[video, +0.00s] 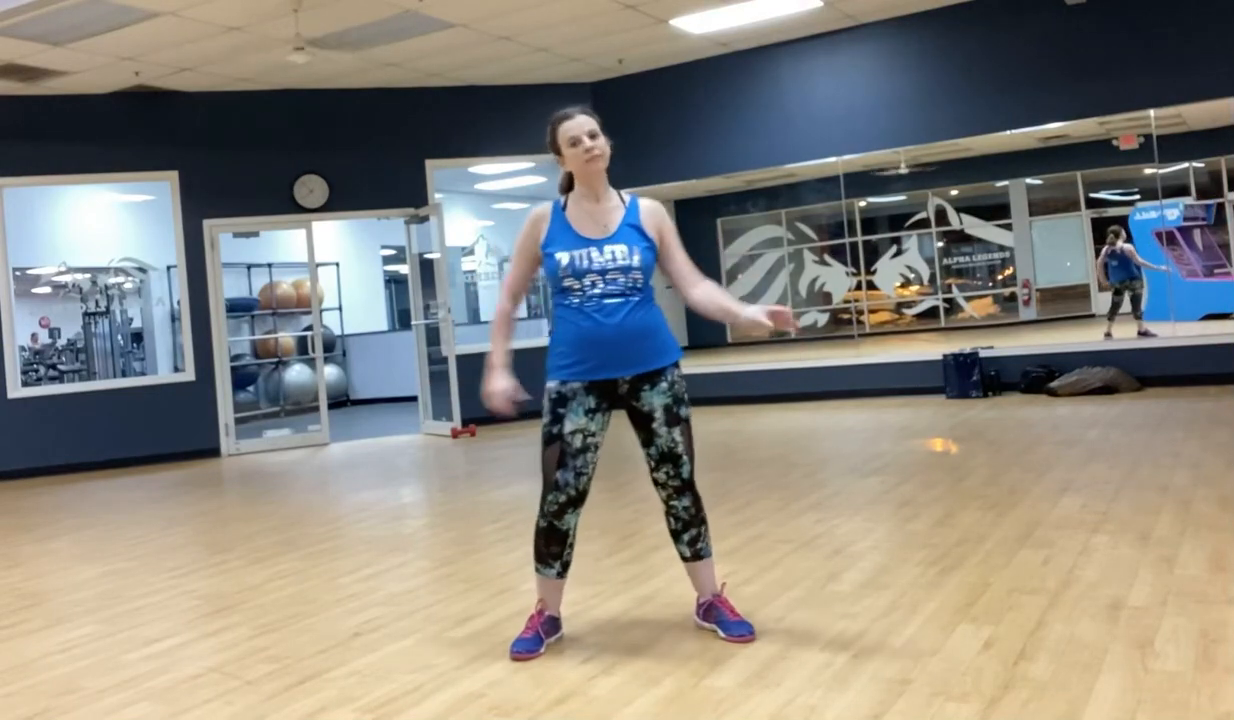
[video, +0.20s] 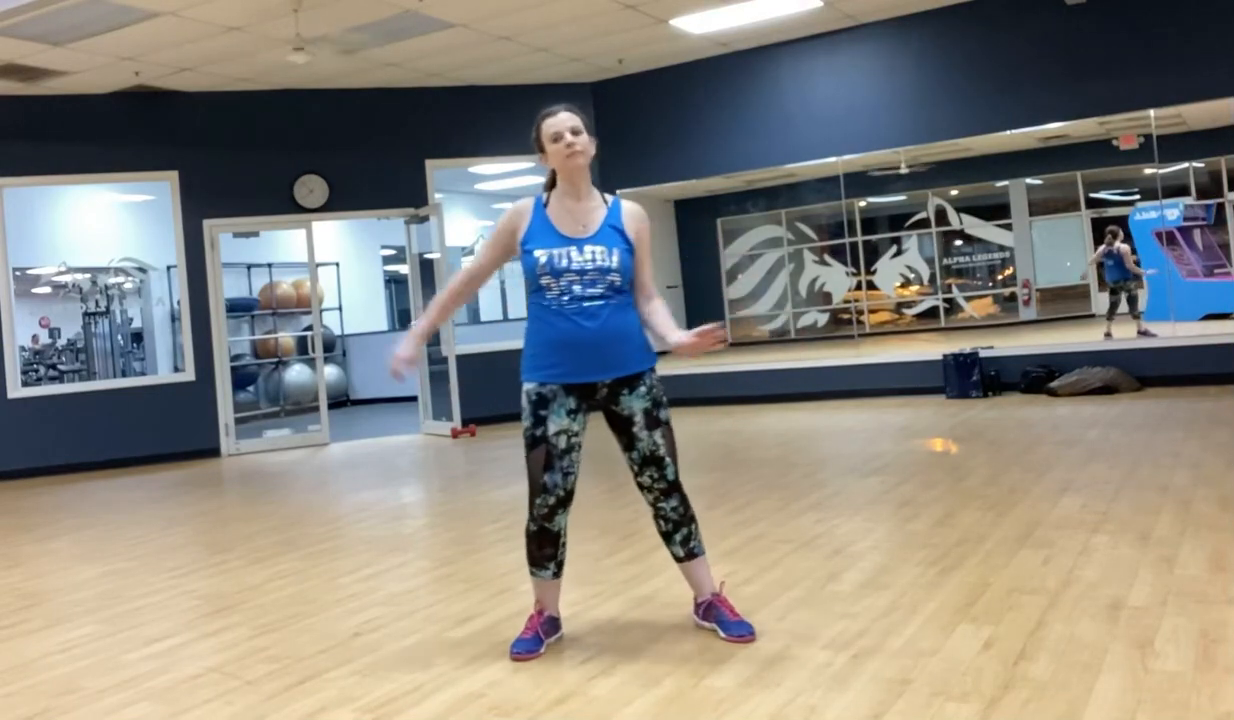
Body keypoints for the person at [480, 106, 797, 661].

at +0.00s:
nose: (590, 146)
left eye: (594, 136)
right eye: (576, 142)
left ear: (609, 143)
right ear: (561, 159)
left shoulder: (648, 212)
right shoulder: (544, 220)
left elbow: (694, 286)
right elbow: (510, 299)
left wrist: (747, 314)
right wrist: (498, 366)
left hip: (653, 370)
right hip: (576, 379)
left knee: (678, 484)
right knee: (560, 496)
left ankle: (711, 601)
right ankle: (546, 614)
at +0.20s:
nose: (571, 142)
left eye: (577, 132)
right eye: (558, 138)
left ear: (593, 143)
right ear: (544, 156)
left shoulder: (629, 216)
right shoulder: (523, 217)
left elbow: (647, 295)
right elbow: (467, 281)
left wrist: (676, 337)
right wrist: (416, 336)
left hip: (629, 372)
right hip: (553, 380)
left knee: (664, 484)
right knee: (548, 498)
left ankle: (708, 598)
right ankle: (545, 613)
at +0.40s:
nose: (555, 138)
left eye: (562, 130)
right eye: (542, 134)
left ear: (578, 141)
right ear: (529, 152)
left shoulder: (614, 213)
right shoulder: (508, 214)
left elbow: (638, 291)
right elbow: (441, 258)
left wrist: (639, 346)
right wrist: (374, 290)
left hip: (612, 372)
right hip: (538, 380)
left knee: (661, 481)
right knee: (538, 499)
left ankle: (706, 598)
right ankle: (545, 614)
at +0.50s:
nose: (551, 135)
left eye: (557, 126)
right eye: (539, 132)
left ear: (574, 138)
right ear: (525, 150)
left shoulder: (610, 207)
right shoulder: (505, 209)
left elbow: (645, 281)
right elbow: (429, 236)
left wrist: (640, 344)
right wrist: (348, 250)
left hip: (611, 369)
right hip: (537, 377)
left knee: (667, 468)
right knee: (538, 494)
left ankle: (697, 594)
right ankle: (544, 614)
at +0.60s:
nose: (553, 134)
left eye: (559, 126)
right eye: (541, 131)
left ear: (578, 139)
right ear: (527, 151)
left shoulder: (615, 205)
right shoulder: (507, 208)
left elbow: (654, 274)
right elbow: (428, 223)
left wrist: (647, 339)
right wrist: (345, 222)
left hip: (617, 369)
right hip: (543, 378)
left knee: (670, 471)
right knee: (540, 495)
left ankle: (687, 599)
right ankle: (545, 614)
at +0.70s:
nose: (560, 135)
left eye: (567, 127)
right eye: (548, 132)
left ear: (587, 139)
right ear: (537, 152)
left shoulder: (627, 203)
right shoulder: (522, 205)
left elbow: (669, 268)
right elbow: (437, 209)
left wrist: (661, 329)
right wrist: (355, 197)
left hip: (627, 370)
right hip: (553, 377)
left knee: (672, 478)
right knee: (546, 496)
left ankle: (676, 607)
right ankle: (544, 614)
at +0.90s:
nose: (594, 139)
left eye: (599, 131)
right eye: (580, 139)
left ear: (619, 146)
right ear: (571, 165)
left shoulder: (657, 205)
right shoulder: (560, 220)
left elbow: (680, 269)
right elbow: (486, 261)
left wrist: (675, 328)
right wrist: (422, 280)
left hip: (653, 379)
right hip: (583, 383)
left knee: (699, 482)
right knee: (544, 496)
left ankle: (679, 608)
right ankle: (486, 600)